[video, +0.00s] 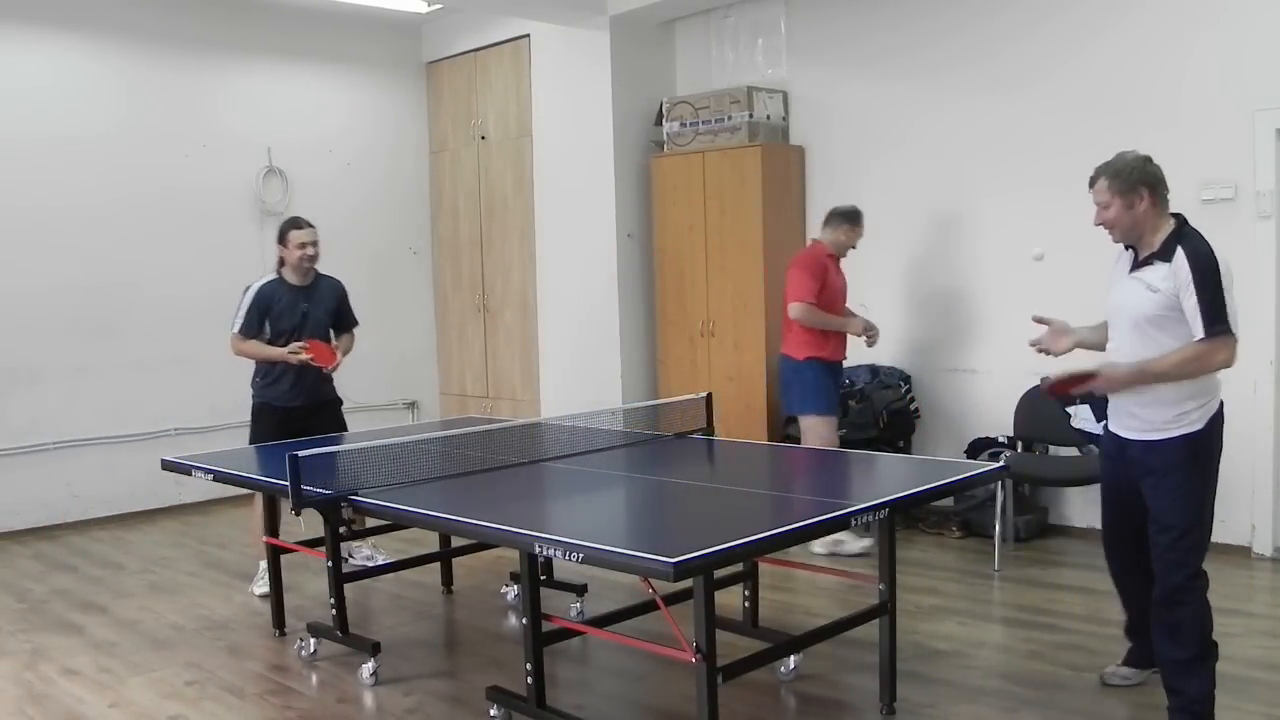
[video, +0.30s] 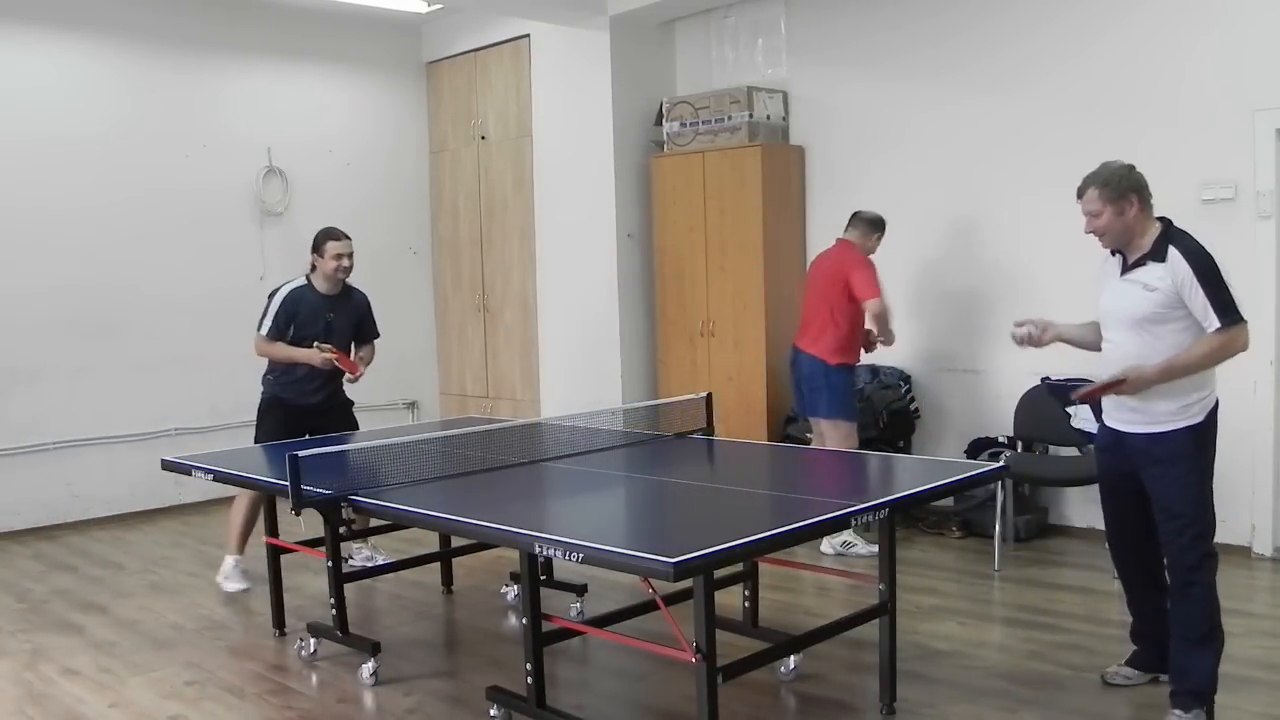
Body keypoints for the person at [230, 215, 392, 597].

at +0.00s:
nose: (310, 252)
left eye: (314, 245)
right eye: (302, 246)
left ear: (319, 248)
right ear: (282, 250)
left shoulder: (333, 289)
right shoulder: (262, 292)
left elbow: (347, 334)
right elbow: (239, 343)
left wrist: (337, 353)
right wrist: (282, 353)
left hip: (322, 405)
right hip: (274, 408)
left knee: (340, 476)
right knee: (268, 490)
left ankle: (348, 547)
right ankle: (267, 564)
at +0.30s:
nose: (347, 263)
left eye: (350, 256)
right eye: (338, 257)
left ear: (352, 258)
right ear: (316, 260)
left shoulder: (357, 301)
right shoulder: (288, 296)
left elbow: (367, 345)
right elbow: (262, 345)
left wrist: (359, 363)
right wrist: (309, 355)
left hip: (332, 407)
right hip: (283, 407)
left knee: (359, 474)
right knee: (259, 480)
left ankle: (356, 548)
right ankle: (232, 560)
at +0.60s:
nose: (317, 275)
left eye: (320, 267)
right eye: (309, 269)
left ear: (323, 269)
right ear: (286, 272)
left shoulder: (324, 309)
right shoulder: (261, 309)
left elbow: (324, 351)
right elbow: (234, 362)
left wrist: (333, 377)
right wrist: (285, 371)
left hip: (301, 412)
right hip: (253, 415)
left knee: (341, 470)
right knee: (236, 488)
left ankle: (352, 547)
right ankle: (217, 575)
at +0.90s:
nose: (304, 291)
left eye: (308, 284)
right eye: (296, 285)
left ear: (312, 285)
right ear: (274, 287)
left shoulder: (317, 324)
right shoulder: (246, 321)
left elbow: (319, 362)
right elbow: (210, 365)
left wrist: (304, 395)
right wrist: (251, 391)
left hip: (291, 414)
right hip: (242, 416)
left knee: (326, 474)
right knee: (227, 488)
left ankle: (342, 549)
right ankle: (215, 577)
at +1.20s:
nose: (325, 319)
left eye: (329, 311)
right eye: (317, 312)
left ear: (332, 309)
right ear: (295, 311)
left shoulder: (332, 343)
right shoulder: (264, 338)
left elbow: (330, 383)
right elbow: (227, 380)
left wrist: (329, 421)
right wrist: (263, 415)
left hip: (294, 411)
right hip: (247, 411)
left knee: (334, 461)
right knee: (229, 486)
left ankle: (342, 548)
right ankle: (210, 576)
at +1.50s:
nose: (321, 314)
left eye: (325, 307)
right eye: (313, 308)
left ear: (328, 306)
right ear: (291, 308)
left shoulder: (326, 340)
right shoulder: (260, 337)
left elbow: (323, 378)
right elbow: (229, 386)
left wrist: (329, 412)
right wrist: (275, 409)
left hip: (289, 412)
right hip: (241, 415)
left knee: (332, 466)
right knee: (228, 489)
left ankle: (344, 547)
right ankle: (210, 577)